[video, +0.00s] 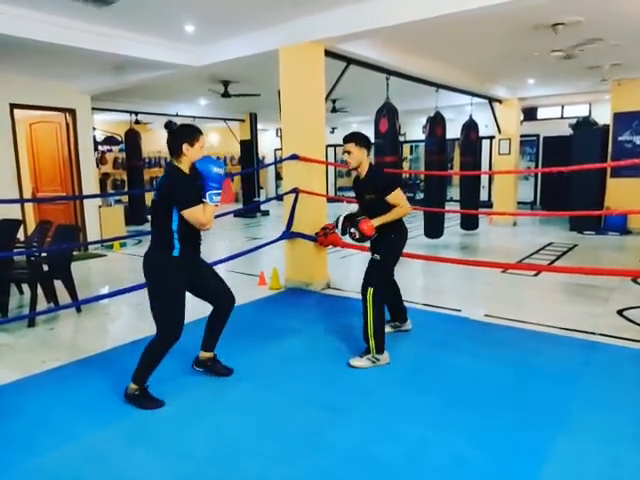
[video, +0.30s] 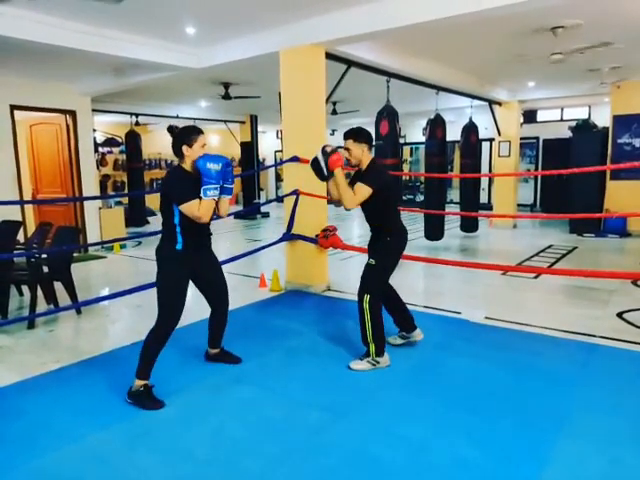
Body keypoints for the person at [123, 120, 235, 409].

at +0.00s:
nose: (204, 151)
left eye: (203, 146)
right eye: (200, 146)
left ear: (183, 149)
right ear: (186, 148)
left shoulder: (189, 177)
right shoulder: (175, 180)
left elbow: (203, 216)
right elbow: (205, 221)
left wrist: (205, 214)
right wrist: (212, 191)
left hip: (187, 260)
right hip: (164, 263)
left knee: (225, 301)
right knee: (170, 331)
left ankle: (206, 357)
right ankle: (136, 387)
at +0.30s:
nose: (206, 151)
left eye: (206, 146)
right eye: (202, 146)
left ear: (193, 149)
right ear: (186, 149)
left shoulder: (201, 176)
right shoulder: (174, 180)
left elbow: (223, 210)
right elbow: (202, 215)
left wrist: (227, 179)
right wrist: (213, 182)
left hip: (200, 253)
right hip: (174, 257)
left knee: (220, 301)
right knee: (167, 320)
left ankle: (214, 349)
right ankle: (139, 385)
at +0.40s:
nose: (203, 150)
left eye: (203, 145)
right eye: (199, 145)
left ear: (192, 146)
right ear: (183, 147)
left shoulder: (200, 170)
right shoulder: (173, 176)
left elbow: (222, 203)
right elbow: (201, 210)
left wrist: (225, 175)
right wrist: (209, 177)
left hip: (201, 249)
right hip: (176, 252)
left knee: (221, 299)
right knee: (179, 314)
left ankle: (214, 350)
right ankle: (148, 361)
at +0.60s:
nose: (202, 157)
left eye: (202, 152)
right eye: (198, 152)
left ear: (196, 154)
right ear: (181, 154)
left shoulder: (203, 179)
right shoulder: (169, 185)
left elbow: (227, 206)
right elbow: (187, 222)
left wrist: (234, 185)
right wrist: (198, 190)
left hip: (207, 253)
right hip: (179, 258)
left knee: (242, 292)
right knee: (177, 316)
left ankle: (231, 338)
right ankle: (155, 360)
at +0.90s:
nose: (235, 151)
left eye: (235, 145)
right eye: (228, 147)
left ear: (237, 147)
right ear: (212, 152)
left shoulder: (241, 174)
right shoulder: (202, 178)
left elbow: (269, 188)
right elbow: (215, 212)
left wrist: (278, 172)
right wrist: (227, 183)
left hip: (235, 247)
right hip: (207, 250)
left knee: (256, 295)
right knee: (192, 304)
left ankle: (264, 335)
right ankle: (166, 353)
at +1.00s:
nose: (238, 149)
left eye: (238, 144)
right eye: (233, 145)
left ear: (235, 146)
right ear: (217, 148)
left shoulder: (236, 172)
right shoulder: (211, 174)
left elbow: (252, 206)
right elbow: (238, 204)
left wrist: (262, 185)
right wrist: (245, 175)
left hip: (237, 243)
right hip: (213, 245)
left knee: (255, 290)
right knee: (208, 300)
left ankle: (264, 335)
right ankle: (177, 340)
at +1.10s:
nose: (241, 154)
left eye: (240, 150)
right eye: (237, 151)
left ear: (225, 154)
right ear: (223, 154)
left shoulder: (233, 175)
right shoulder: (224, 179)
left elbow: (248, 204)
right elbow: (251, 208)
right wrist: (256, 180)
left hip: (237, 247)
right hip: (218, 249)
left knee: (261, 290)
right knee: (220, 305)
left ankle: (264, 336)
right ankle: (188, 339)